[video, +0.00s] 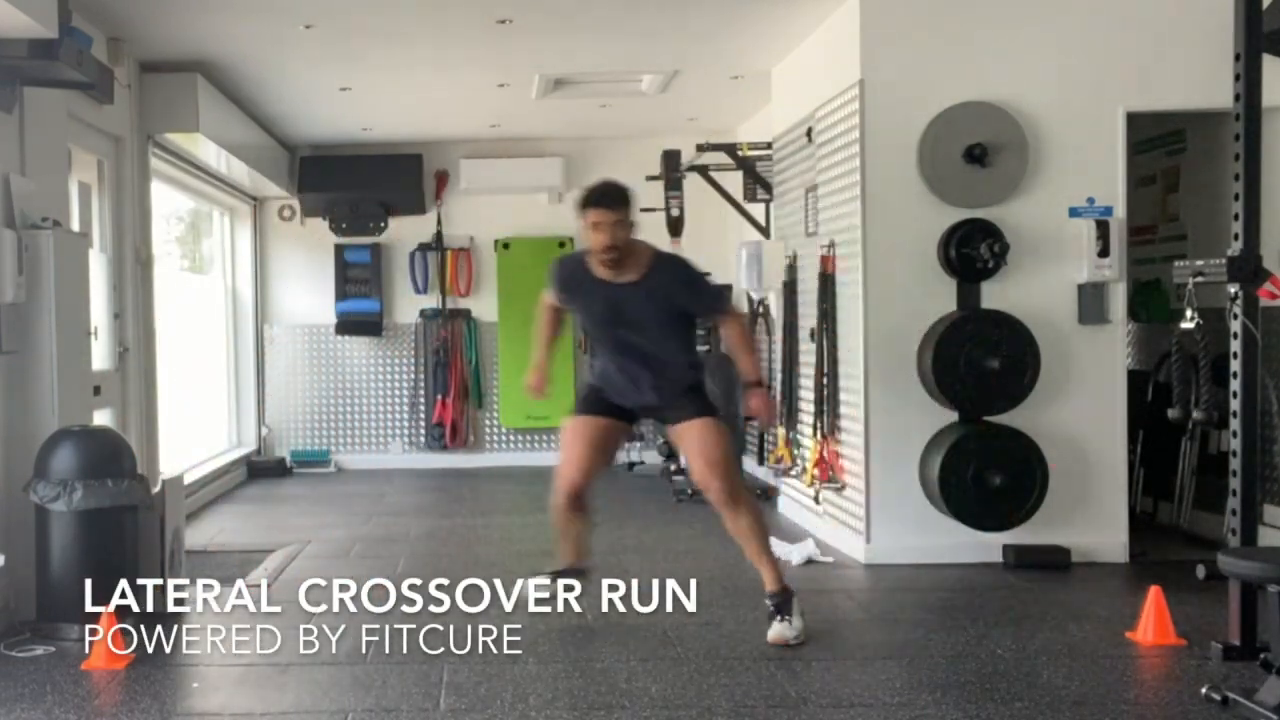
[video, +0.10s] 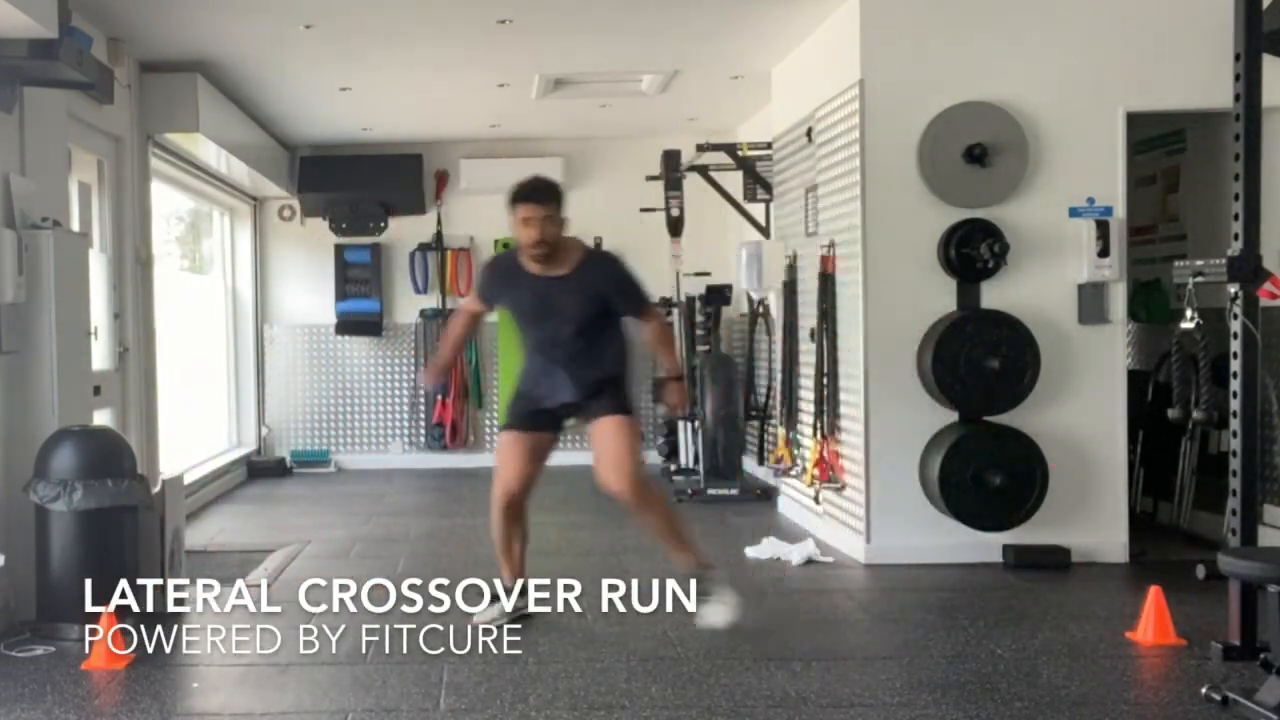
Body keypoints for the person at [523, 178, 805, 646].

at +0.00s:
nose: (606, 239)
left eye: (615, 227)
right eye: (595, 228)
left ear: (630, 224)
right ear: (582, 230)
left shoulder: (671, 273)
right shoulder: (570, 274)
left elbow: (730, 318)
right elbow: (552, 305)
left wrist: (753, 384)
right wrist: (539, 365)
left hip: (678, 390)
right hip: (609, 389)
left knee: (720, 488)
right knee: (568, 487)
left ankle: (778, 592)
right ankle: (572, 573)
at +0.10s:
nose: (536, 234)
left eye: (545, 222)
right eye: (526, 223)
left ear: (561, 222)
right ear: (513, 225)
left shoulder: (600, 269)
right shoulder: (501, 273)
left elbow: (654, 321)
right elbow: (468, 314)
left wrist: (673, 375)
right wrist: (439, 364)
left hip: (601, 388)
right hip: (538, 390)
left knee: (621, 481)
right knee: (507, 494)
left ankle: (699, 573)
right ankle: (513, 594)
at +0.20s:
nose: (480, 231)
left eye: (490, 219)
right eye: (470, 220)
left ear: (505, 219)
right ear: (457, 222)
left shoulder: (543, 271)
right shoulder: (443, 271)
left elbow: (590, 324)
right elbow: (405, 313)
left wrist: (604, 385)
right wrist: (385, 343)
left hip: (526, 387)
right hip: (467, 385)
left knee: (508, 474)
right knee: (451, 491)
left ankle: (524, 588)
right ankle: (504, 581)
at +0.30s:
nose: (428, 233)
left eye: (438, 222)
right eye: (418, 223)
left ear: (453, 223)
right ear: (405, 226)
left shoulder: (491, 279)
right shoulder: (389, 272)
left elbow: (531, 333)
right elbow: (356, 313)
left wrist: (533, 398)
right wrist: (349, 352)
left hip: (457, 398)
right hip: (402, 391)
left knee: (410, 486)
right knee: (369, 488)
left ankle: (368, 597)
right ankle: (430, 552)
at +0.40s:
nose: (373, 253)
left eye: (384, 241)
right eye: (363, 242)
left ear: (400, 243)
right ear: (349, 246)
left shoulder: (433, 303)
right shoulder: (339, 290)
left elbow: (472, 358)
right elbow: (308, 329)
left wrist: (465, 427)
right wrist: (299, 372)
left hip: (405, 412)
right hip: (351, 396)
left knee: (348, 492)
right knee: (284, 488)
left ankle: (345, 599)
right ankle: (290, 566)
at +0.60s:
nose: (292, 279)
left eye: (302, 268)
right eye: (283, 268)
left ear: (319, 269)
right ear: (271, 270)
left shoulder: (354, 324)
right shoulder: (253, 315)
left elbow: (383, 385)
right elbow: (211, 361)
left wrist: (373, 450)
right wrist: (201, 413)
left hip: (325, 425)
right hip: (263, 416)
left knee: (306, 497)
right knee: (200, 499)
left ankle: (317, 587)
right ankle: (168, 600)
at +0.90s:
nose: (333, 260)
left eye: (344, 249)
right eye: (323, 248)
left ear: (359, 251)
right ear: (310, 250)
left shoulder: (384, 306)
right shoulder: (283, 293)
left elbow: (425, 359)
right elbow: (240, 330)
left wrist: (441, 422)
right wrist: (215, 392)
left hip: (337, 422)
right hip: (279, 401)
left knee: (297, 521)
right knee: (241, 489)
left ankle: (247, 589)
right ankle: (179, 585)